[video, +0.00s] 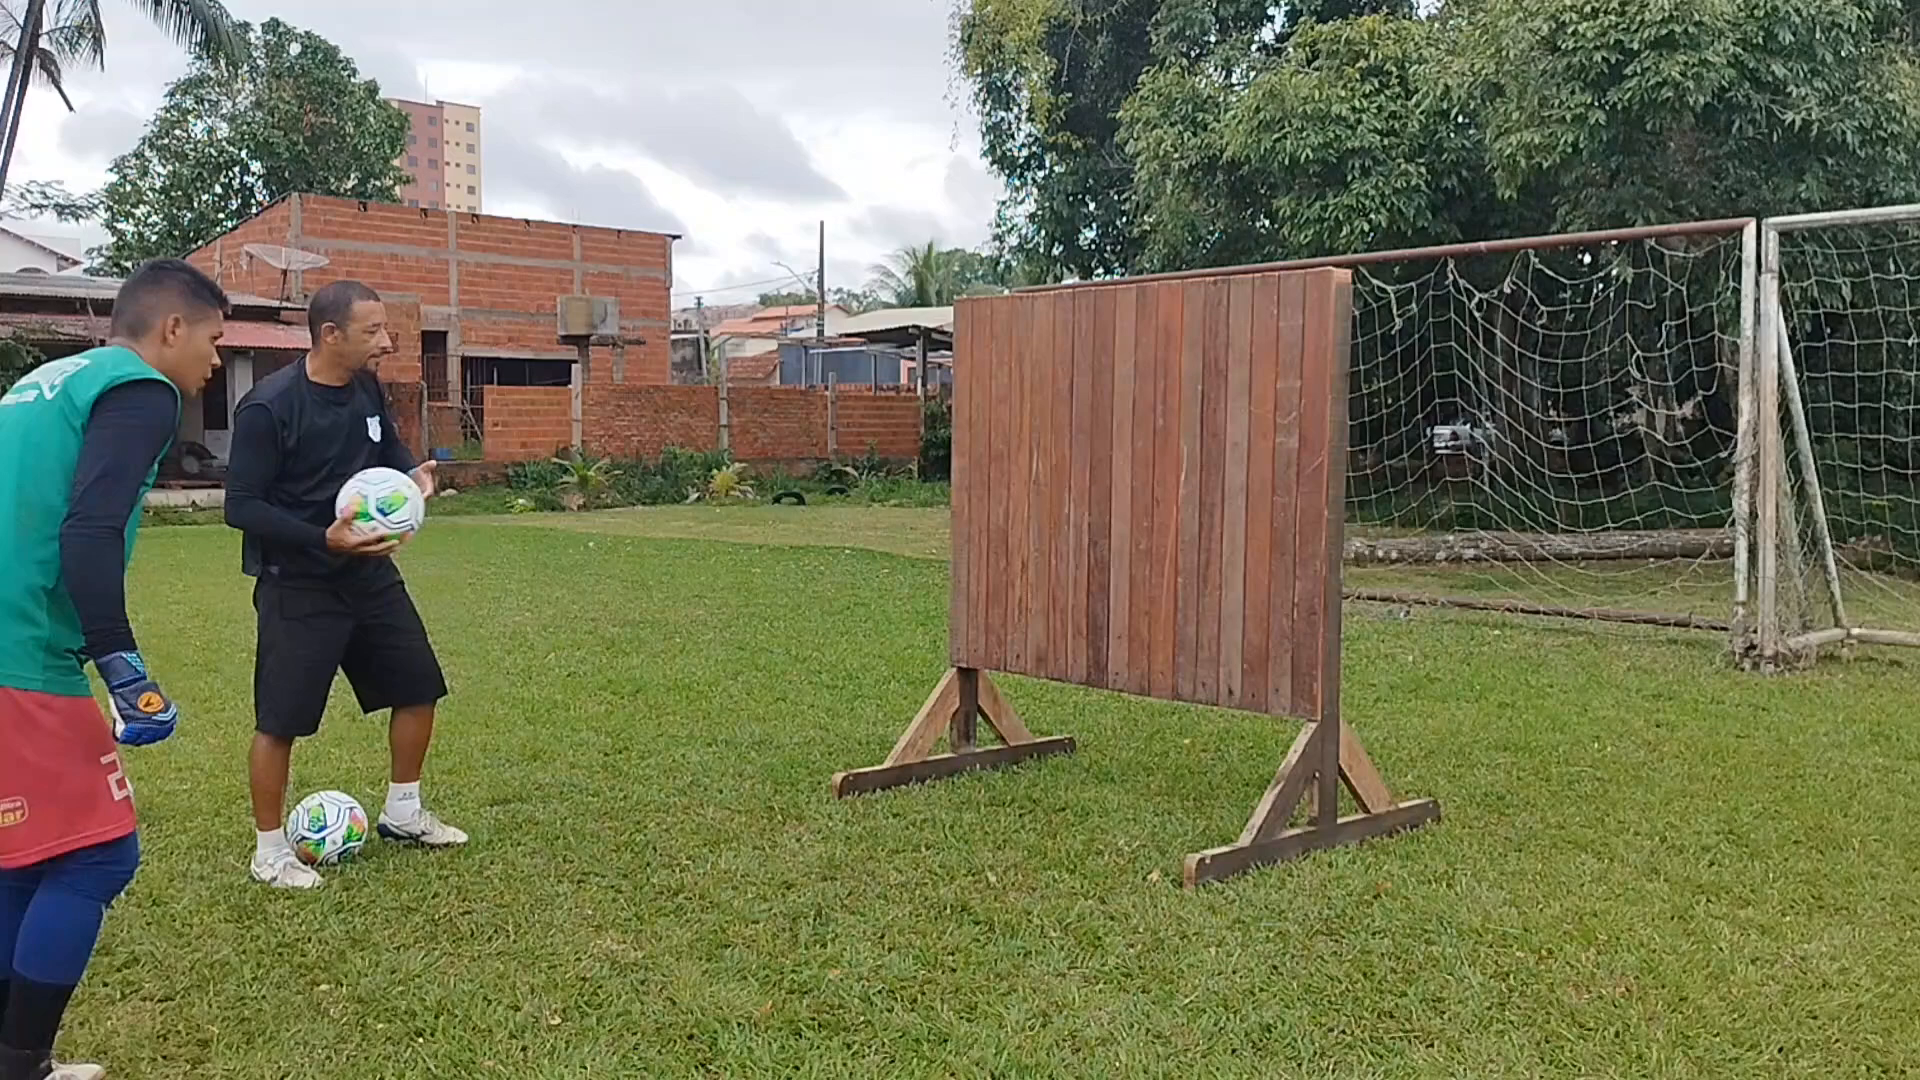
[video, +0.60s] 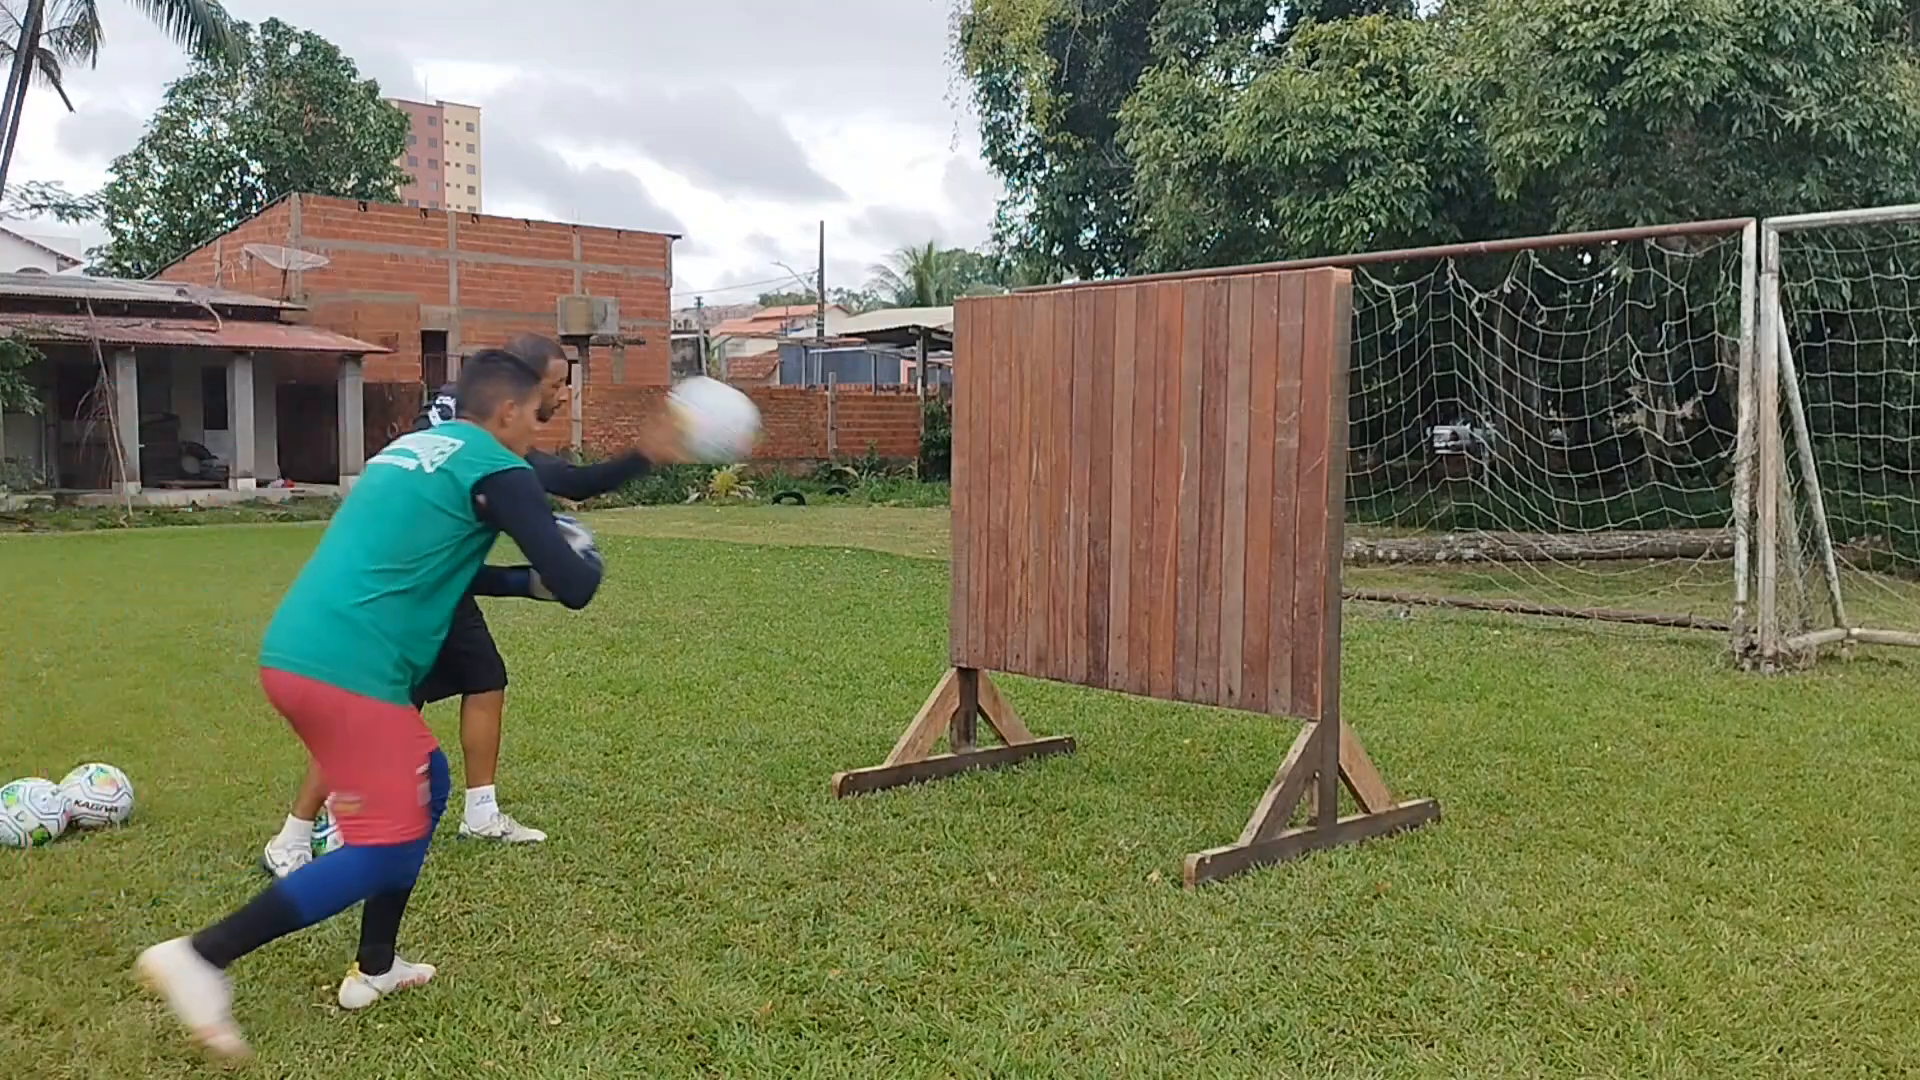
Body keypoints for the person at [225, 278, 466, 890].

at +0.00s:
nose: (382, 343)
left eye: (384, 331)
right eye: (372, 332)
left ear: (348, 334)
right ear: (330, 333)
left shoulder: (367, 393)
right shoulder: (268, 408)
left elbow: (386, 465)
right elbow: (240, 506)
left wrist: (412, 477)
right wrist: (323, 538)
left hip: (372, 578)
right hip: (296, 586)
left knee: (419, 688)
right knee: (279, 721)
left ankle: (402, 813)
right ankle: (270, 851)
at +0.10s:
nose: (397, 348)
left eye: (397, 337)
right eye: (387, 339)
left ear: (356, 341)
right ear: (346, 341)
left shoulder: (384, 393)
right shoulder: (278, 410)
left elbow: (424, 445)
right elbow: (232, 500)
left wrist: (447, 474)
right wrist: (284, 523)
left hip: (380, 580)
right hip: (304, 591)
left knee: (430, 684)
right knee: (282, 720)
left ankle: (427, 811)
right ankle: (271, 852)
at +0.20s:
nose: (421, 356)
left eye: (421, 344)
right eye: (410, 347)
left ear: (386, 349)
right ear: (367, 350)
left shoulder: (407, 393)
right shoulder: (307, 408)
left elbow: (460, 424)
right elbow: (237, 503)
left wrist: (515, 476)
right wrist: (260, 452)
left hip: (392, 579)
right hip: (317, 586)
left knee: (442, 682)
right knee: (289, 717)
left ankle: (458, 811)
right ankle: (272, 852)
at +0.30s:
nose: (451, 368)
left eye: (450, 357)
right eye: (440, 359)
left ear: (420, 361)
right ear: (399, 363)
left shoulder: (436, 397)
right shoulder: (334, 412)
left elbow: (489, 411)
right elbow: (261, 458)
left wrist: (557, 450)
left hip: (411, 583)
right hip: (336, 589)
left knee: (458, 685)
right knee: (299, 711)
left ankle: (475, 815)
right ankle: (273, 849)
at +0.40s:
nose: (493, 378)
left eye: (492, 366)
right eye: (484, 368)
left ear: (458, 372)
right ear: (447, 372)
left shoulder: (466, 408)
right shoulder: (383, 416)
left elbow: (494, 403)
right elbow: (312, 444)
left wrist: (541, 426)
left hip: (436, 589)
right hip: (365, 590)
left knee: (482, 686)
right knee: (318, 721)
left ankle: (481, 816)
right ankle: (281, 840)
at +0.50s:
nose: (536, 387)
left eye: (536, 376)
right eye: (528, 377)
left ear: (492, 381)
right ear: (491, 380)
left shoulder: (486, 425)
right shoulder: (446, 431)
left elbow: (476, 430)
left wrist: (504, 439)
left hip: (447, 597)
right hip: (398, 598)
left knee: (490, 685)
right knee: (360, 716)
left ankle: (482, 815)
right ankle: (283, 839)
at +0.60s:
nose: (563, 398)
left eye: (565, 386)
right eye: (555, 387)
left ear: (541, 386)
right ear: (523, 384)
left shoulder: (503, 437)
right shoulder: (468, 430)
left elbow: (575, 481)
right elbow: (570, 482)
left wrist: (643, 455)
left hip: (444, 580)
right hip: (395, 579)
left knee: (486, 679)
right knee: (367, 708)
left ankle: (481, 812)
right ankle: (295, 836)